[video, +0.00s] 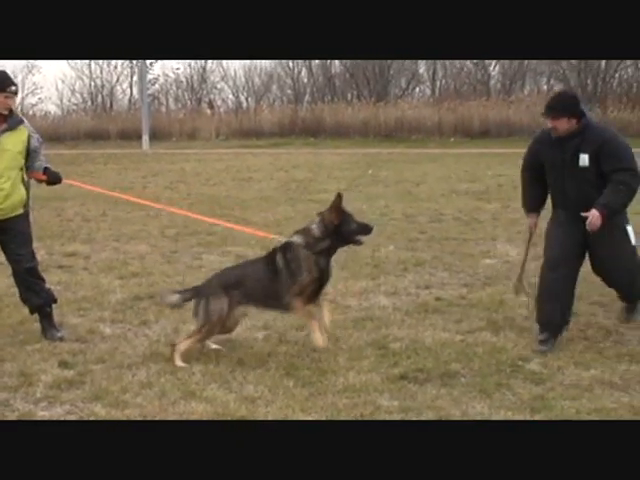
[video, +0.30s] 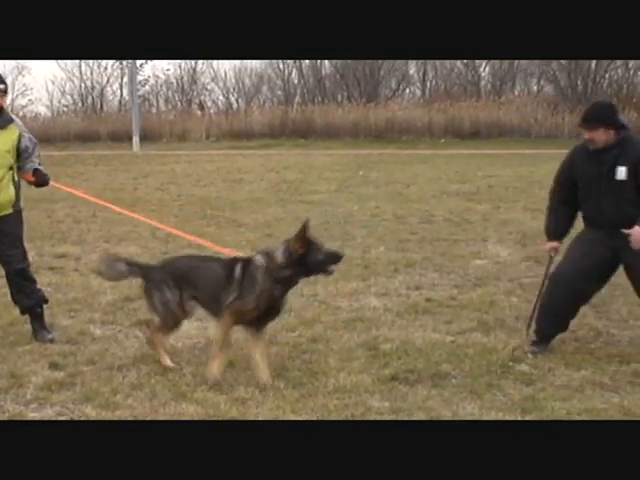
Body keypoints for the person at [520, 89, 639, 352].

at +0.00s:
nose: (550, 124)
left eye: (555, 119)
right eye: (549, 119)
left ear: (573, 119)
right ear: (549, 118)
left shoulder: (603, 140)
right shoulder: (543, 144)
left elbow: (627, 177)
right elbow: (532, 175)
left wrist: (602, 210)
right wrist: (533, 209)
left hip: (605, 218)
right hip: (565, 218)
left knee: (616, 267)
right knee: (555, 270)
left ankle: (632, 298)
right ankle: (549, 328)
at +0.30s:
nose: (586, 136)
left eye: (592, 130)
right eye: (585, 130)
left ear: (610, 131)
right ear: (585, 130)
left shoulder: (633, 153)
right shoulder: (580, 157)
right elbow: (563, 195)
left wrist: (639, 228)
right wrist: (554, 235)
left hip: (632, 237)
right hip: (598, 235)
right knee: (565, 281)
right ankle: (542, 338)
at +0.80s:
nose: (567, 123)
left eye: (572, 118)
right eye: (566, 118)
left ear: (589, 119)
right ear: (575, 118)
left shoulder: (625, 143)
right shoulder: (564, 141)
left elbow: (636, 190)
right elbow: (550, 174)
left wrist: (619, 228)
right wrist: (544, 211)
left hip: (623, 225)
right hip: (583, 220)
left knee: (636, 282)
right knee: (556, 269)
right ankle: (567, 335)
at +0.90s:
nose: (543, 119)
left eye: (548, 113)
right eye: (543, 113)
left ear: (565, 111)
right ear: (561, 112)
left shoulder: (605, 132)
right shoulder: (551, 135)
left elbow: (616, 177)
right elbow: (543, 171)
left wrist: (589, 209)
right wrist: (537, 206)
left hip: (607, 218)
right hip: (570, 214)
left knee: (626, 283)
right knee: (545, 268)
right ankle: (564, 332)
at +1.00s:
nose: (526, 126)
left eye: (528, 121)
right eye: (525, 121)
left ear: (543, 117)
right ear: (541, 117)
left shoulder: (575, 132)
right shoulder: (549, 134)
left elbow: (570, 178)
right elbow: (546, 171)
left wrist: (527, 186)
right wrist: (536, 205)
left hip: (594, 217)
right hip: (561, 215)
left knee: (604, 281)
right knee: (530, 260)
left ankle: (636, 340)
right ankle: (538, 324)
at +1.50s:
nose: (528, 136)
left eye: (532, 129)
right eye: (526, 130)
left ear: (552, 123)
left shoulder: (593, 139)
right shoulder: (532, 143)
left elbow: (603, 185)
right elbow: (525, 179)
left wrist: (563, 210)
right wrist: (523, 215)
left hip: (596, 221)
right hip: (554, 220)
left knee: (609, 287)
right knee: (522, 268)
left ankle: (634, 352)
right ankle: (516, 324)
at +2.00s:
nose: (555, 134)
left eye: (561, 129)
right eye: (552, 128)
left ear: (578, 124)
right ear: (547, 121)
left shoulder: (605, 140)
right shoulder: (536, 135)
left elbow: (616, 182)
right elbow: (517, 170)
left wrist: (570, 203)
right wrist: (513, 210)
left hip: (595, 224)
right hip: (549, 222)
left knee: (611, 285)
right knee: (519, 275)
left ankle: (632, 352)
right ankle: (502, 338)